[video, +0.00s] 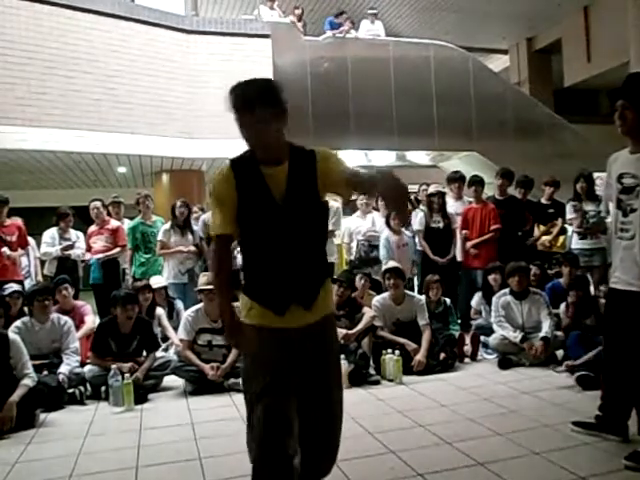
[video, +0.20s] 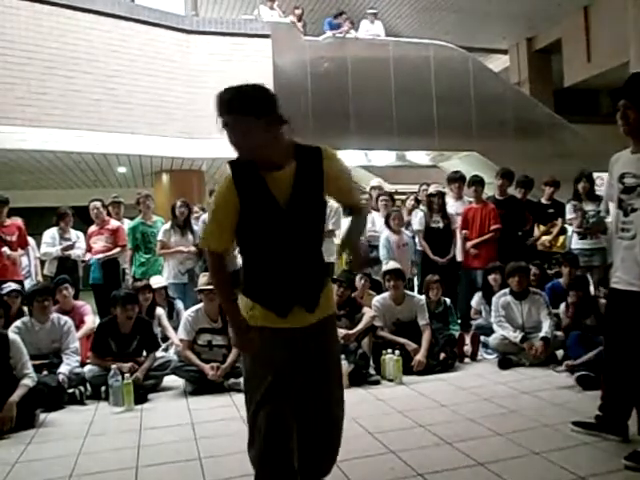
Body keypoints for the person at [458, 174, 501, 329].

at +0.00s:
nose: (473, 190)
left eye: (476, 187)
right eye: (471, 187)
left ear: (482, 189)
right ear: (468, 189)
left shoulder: (490, 208)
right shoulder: (467, 210)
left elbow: (495, 230)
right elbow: (463, 230)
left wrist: (472, 242)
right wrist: (467, 245)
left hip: (485, 258)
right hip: (470, 257)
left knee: (484, 292)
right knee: (468, 292)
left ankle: (486, 320)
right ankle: (467, 322)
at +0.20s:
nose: (473, 191)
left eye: (476, 187)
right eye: (471, 187)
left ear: (482, 189)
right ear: (468, 190)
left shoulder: (490, 208)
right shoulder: (467, 210)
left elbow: (495, 230)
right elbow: (462, 230)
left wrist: (473, 242)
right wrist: (467, 245)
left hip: (485, 258)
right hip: (469, 258)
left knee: (484, 292)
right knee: (468, 292)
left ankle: (485, 320)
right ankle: (466, 322)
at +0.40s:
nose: (474, 190)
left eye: (477, 187)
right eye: (472, 187)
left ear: (482, 189)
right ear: (468, 189)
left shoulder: (490, 208)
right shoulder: (467, 210)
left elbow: (495, 230)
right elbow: (462, 229)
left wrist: (473, 242)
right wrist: (465, 234)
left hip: (484, 258)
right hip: (469, 257)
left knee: (483, 292)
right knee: (467, 292)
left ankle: (484, 320)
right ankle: (466, 322)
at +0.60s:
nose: (474, 190)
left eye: (476, 187)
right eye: (471, 187)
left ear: (482, 189)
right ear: (468, 189)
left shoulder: (490, 208)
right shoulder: (467, 210)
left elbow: (495, 230)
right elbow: (462, 229)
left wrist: (473, 242)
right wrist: (464, 234)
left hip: (485, 258)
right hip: (469, 258)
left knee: (483, 293)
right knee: (467, 293)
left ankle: (485, 320)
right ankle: (466, 322)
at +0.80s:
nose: (473, 190)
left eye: (476, 187)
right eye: (471, 187)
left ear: (482, 189)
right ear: (468, 189)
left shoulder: (490, 208)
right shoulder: (467, 210)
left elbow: (495, 230)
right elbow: (463, 229)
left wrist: (473, 242)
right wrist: (464, 234)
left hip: (485, 259)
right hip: (469, 259)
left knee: (485, 294)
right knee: (466, 295)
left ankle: (486, 323)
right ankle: (465, 325)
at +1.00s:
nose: (474, 190)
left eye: (477, 187)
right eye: (471, 187)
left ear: (482, 189)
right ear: (468, 189)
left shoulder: (490, 208)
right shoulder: (468, 210)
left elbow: (495, 231)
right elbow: (463, 229)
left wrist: (473, 242)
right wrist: (464, 233)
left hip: (485, 259)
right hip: (469, 259)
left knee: (485, 295)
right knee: (466, 295)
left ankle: (486, 323)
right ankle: (466, 325)